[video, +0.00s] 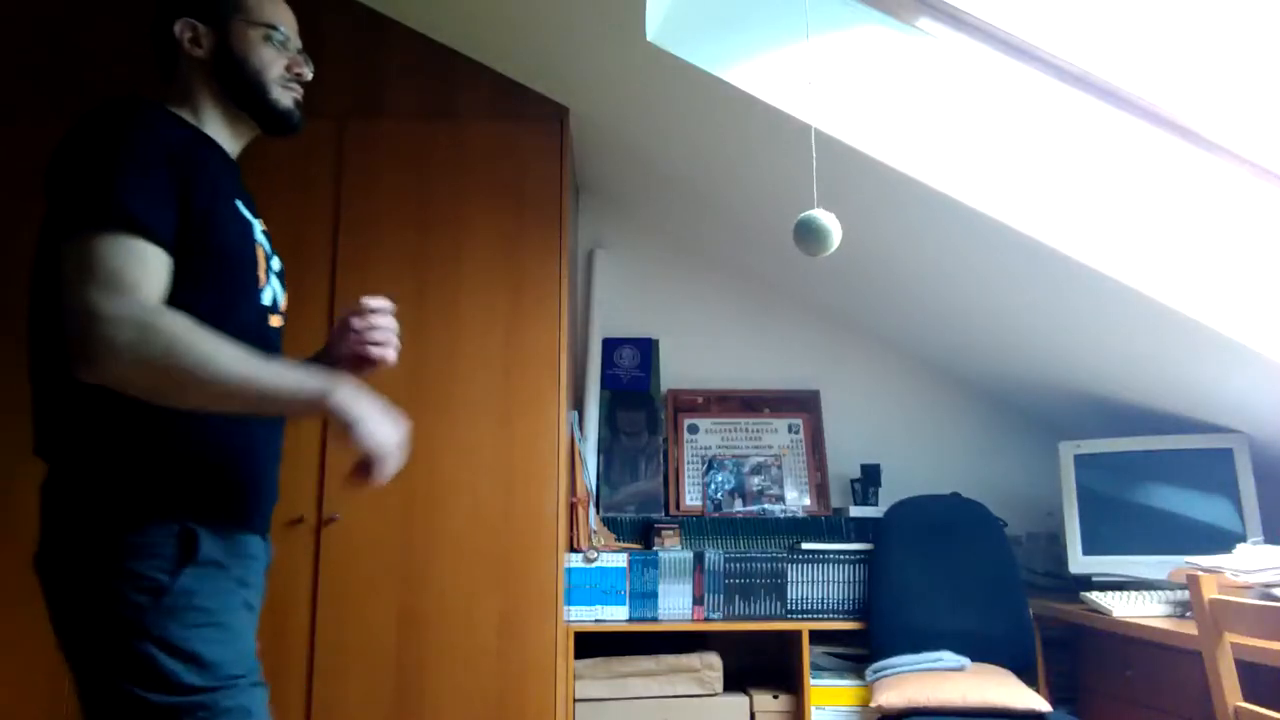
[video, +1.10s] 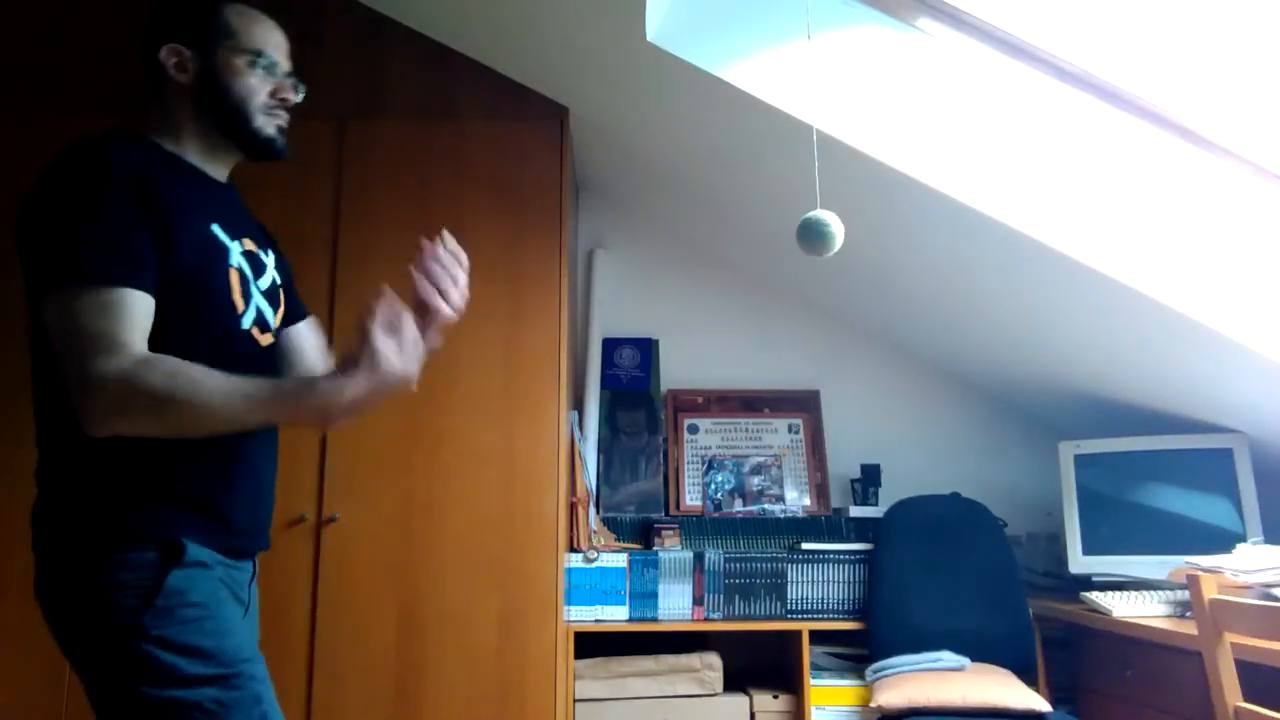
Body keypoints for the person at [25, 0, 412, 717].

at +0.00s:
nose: (302, 62)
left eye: (300, 48)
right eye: (274, 36)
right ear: (195, 38)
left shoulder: (219, 186)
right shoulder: (143, 142)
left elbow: (205, 380)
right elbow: (111, 327)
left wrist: (329, 361)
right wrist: (329, 392)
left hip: (207, 554)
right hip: (158, 554)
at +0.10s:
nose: (322, 63)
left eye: (319, 46)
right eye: (294, 35)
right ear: (215, 37)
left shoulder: (236, 185)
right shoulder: (167, 145)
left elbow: (226, 402)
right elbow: (162, 337)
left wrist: (348, 398)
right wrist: (375, 337)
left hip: (232, 562)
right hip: (193, 562)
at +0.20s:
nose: (347, 58)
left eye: (343, 40)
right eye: (318, 30)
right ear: (239, 33)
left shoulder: (242, 166)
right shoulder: (205, 145)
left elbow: (240, 377)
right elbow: (228, 344)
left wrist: (362, 419)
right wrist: (424, 284)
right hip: (242, 553)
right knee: (332, 706)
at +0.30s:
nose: (378, 52)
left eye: (374, 32)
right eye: (352, 23)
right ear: (270, 27)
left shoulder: (260, 151)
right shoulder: (249, 142)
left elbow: (251, 370)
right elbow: (311, 346)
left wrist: (385, 409)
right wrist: (472, 243)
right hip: (280, 545)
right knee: (373, 707)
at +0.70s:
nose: (395, 61)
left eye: (392, 41)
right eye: (369, 32)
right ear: (288, 30)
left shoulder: (297, 168)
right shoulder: (247, 146)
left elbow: (306, 378)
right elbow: (258, 353)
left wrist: (443, 409)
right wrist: (445, 345)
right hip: (262, 555)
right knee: (370, 707)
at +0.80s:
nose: (368, 76)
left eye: (365, 57)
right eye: (339, 48)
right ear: (257, 49)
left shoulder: (291, 207)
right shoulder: (203, 154)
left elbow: (405, 324)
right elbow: (209, 327)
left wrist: (473, 405)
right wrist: (390, 358)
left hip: (266, 565)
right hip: (216, 565)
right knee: (324, 706)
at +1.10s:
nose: (288, 89)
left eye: (288, 76)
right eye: (260, 64)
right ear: (181, 65)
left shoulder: (248, 233)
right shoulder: (107, 178)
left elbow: (321, 385)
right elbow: (107, 386)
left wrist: (415, 334)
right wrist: (327, 393)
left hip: (220, 565)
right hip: (144, 563)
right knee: (240, 706)